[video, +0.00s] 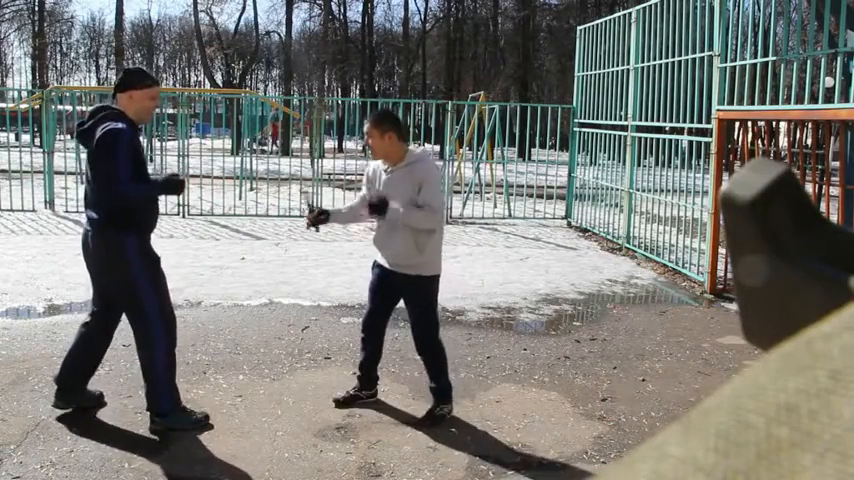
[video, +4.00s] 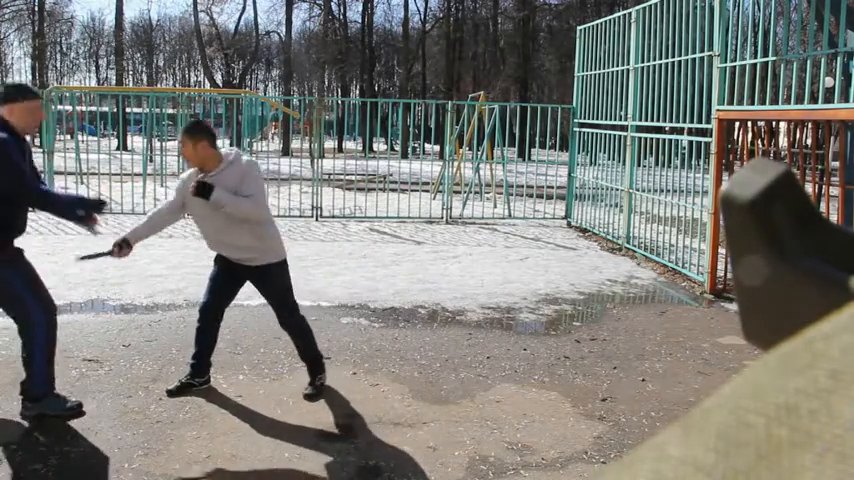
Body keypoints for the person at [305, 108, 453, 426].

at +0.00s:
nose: (367, 145)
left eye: (371, 139)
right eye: (367, 139)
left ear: (390, 138)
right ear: (385, 139)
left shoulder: (426, 167)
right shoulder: (375, 171)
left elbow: (434, 219)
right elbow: (367, 209)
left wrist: (390, 211)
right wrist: (330, 216)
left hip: (421, 270)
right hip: (387, 266)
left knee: (426, 341)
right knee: (371, 327)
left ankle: (443, 400)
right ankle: (366, 387)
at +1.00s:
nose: (282, 166)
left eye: (287, 160)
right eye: (281, 160)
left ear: (307, 159)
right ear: (282, 162)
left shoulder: (337, 179)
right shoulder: (280, 196)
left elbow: (367, 203)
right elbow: (252, 216)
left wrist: (327, 181)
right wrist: (226, 227)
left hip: (364, 268)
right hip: (323, 269)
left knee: (397, 324)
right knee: (298, 323)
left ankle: (429, 379)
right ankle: (285, 382)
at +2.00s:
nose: (320, 155)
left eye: (324, 149)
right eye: (320, 150)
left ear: (343, 149)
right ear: (338, 150)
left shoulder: (376, 179)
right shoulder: (330, 180)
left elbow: (367, 222)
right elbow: (324, 220)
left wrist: (333, 192)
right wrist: (310, 239)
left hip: (363, 273)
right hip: (328, 266)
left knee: (380, 335)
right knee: (291, 313)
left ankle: (401, 382)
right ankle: (282, 376)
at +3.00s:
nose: (240, 155)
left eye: (242, 149)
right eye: (239, 150)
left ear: (260, 145)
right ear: (256, 146)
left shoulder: (300, 170)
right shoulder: (258, 178)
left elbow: (306, 215)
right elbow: (249, 218)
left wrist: (264, 198)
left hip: (314, 264)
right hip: (278, 262)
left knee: (334, 323)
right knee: (255, 314)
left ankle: (358, 375)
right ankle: (240, 376)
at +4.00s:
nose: (182, 153)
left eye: (185, 147)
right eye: (182, 147)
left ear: (203, 145)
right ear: (199, 147)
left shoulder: (245, 169)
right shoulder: (189, 183)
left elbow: (258, 210)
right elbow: (165, 214)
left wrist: (214, 195)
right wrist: (130, 238)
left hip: (267, 259)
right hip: (230, 260)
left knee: (289, 318)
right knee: (209, 313)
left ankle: (317, 370)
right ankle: (199, 374)